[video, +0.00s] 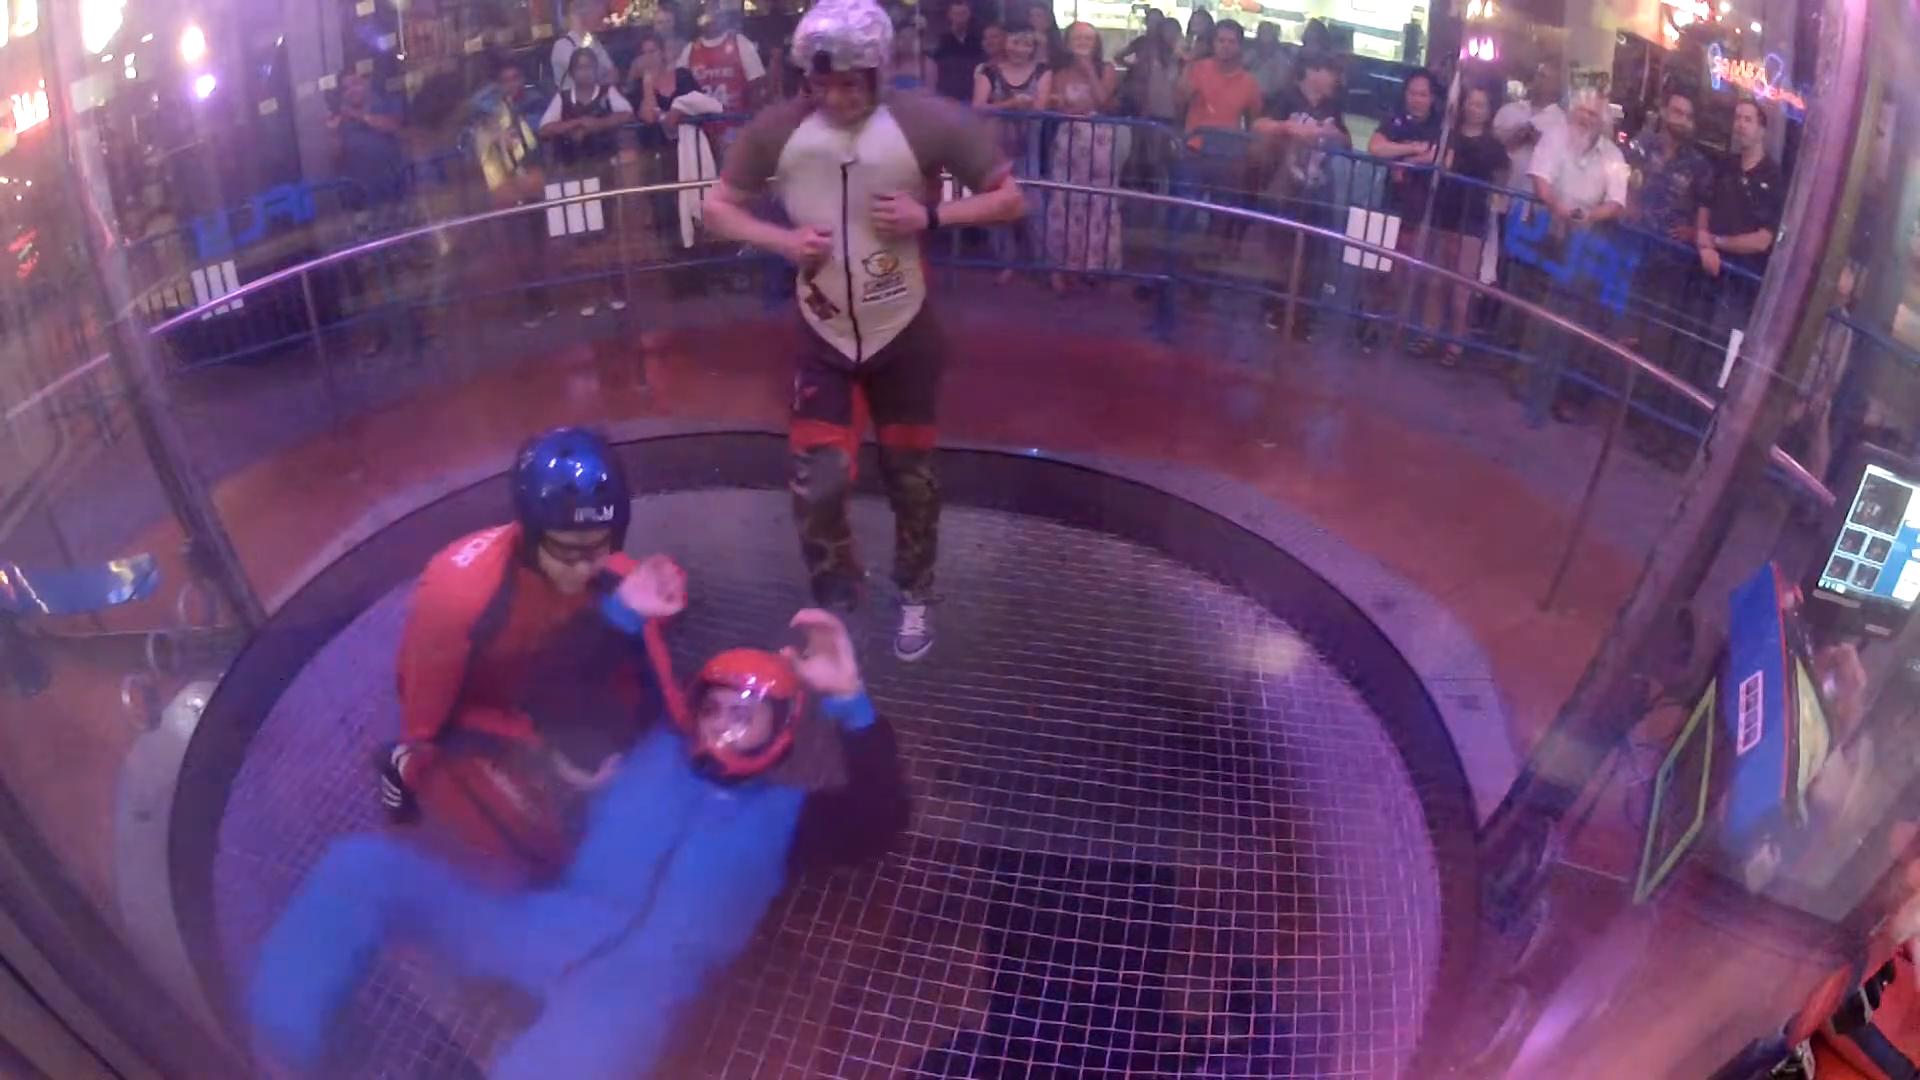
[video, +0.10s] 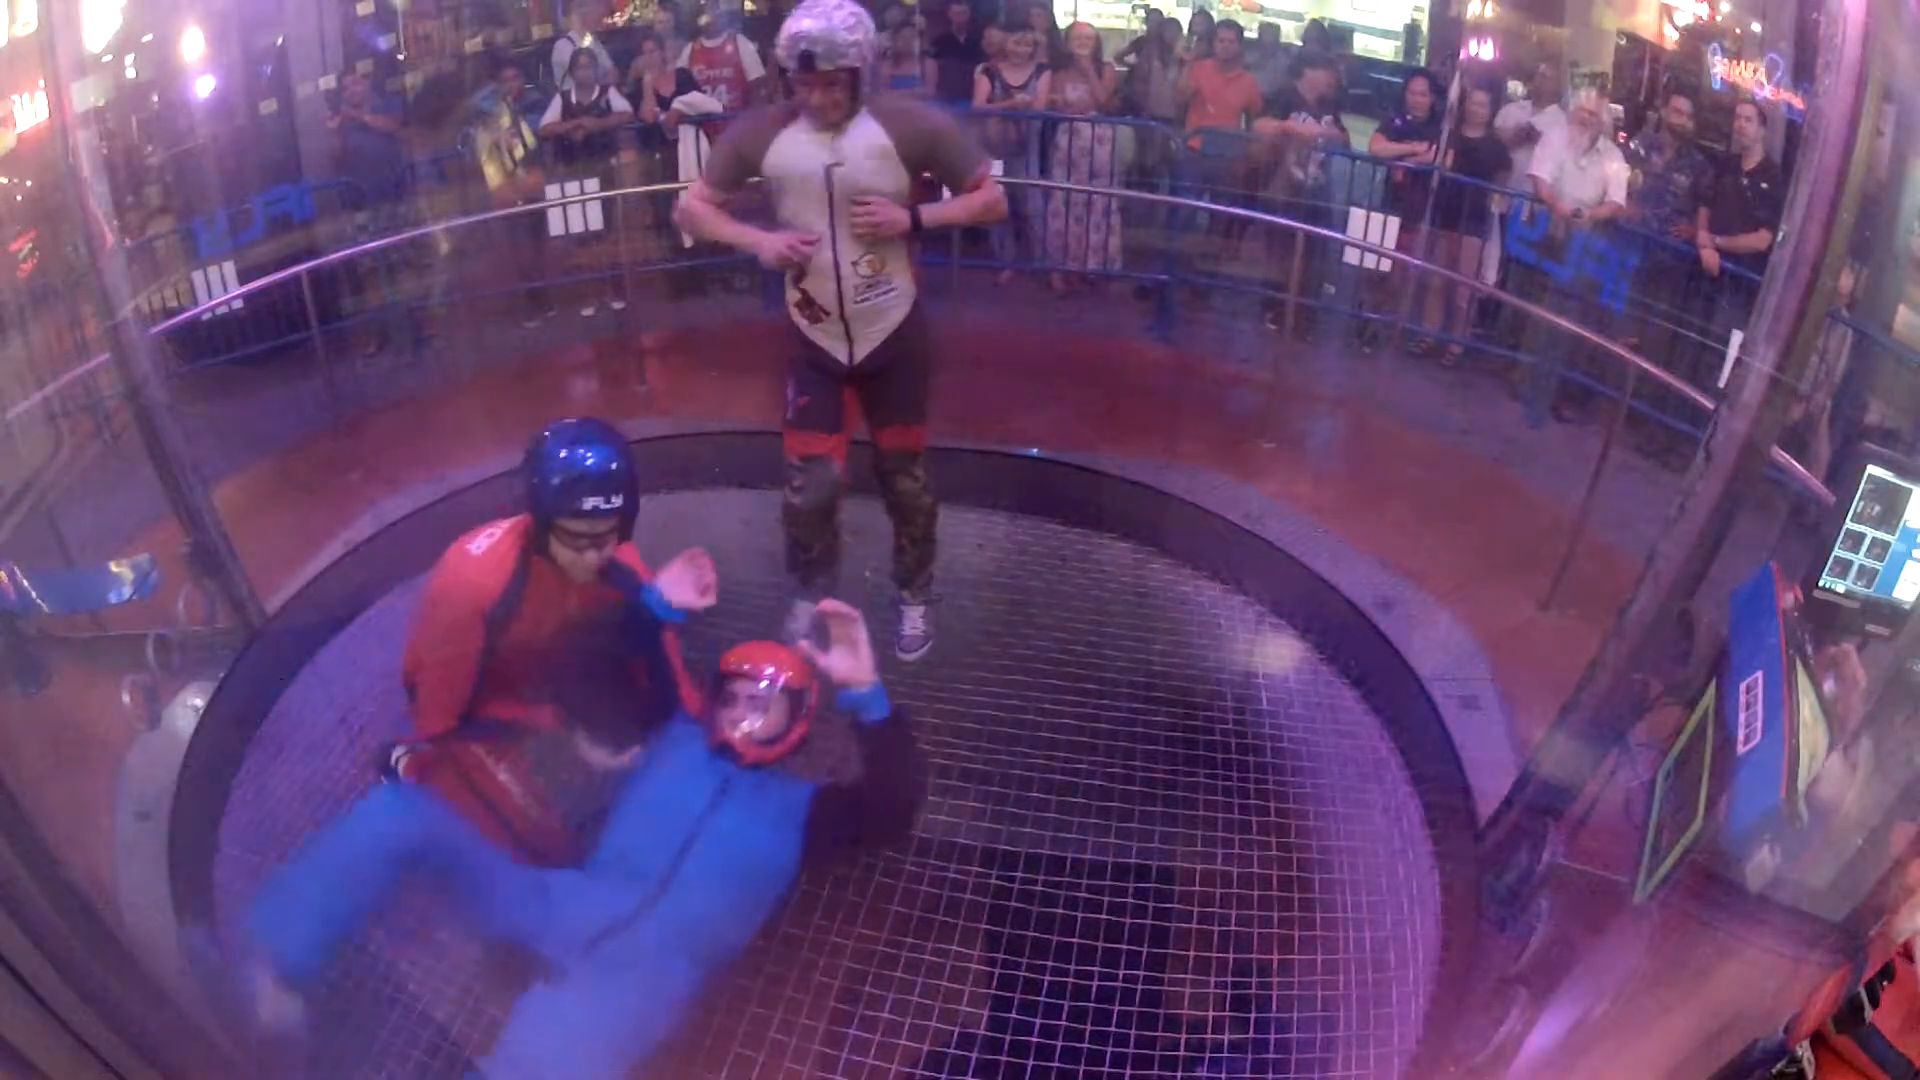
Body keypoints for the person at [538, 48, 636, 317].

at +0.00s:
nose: (584, 72)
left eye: (589, 67)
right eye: (579, 68)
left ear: (597, 70)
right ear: (571, 72)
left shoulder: (608, 92)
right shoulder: (562, 98)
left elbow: (626, 114)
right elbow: (544, 129)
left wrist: (594, 124)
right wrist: (574, 125)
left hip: (606, 170)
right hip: (573, 174)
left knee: (610, 234)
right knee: (583, 239)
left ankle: (616, 293)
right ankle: (590, 296)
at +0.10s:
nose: (584, 72)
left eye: (589, 67)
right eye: (579, 68)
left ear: (597, 70)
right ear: (571, 72)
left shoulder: (608, 92)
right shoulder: (562, 97)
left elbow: (626, 114)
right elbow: (544, 129)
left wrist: (594, 124)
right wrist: (574, 125)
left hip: (605, 170)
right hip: (573, 174)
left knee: (609, 234)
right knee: (582, 238)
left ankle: (615, 293)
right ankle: (590, 296)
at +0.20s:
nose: (584, 72)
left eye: (588, 67)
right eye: (579, 68)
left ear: (597, 70)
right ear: (571, 72)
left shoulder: (608, 92)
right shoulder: (563, 97)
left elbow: (626, 115)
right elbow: (544, 129)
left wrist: (593, 124)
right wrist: (575, 125)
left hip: (606, 169)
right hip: (573, 173)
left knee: (609, 233)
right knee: (582, 237)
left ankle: (615, 293)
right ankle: (590, 297)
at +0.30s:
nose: (584, 72)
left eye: (588, 66)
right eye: (579, 68)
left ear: (597, 69)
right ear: (571, 72)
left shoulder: (608, 92)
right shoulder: (562, 97)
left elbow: (627, 115)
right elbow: (544, 129)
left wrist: (593, 124)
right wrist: (574, 126)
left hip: (606, 170)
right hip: (573, 173)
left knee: (610, 232)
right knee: (583, 237)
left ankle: (616, 293)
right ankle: (591, 296)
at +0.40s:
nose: (584, 72)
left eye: (588, 67)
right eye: (579, 68)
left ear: (597, 70)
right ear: (571, 72)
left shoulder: (608, 92)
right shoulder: (563, 97)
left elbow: (627, 115)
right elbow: (544, 129)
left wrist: (593, 124)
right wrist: (574, 126)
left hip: (606, 170)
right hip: (573, 174)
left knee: (610, 233)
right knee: (582, 237)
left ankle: (616, 293)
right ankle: (591, 296)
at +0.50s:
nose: (584, 72)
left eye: (588, 67)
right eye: (579, 68)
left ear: (597, 70)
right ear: (571, 73)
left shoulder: (608, 92)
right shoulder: (563, 98)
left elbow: (627, 115)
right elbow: (544, 129)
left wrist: (594, 124)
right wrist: (573, 126)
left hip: (606, 170)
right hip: (573, 174)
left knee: (609, 233)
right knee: (582, 238)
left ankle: (615, 293)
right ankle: (590, 297)